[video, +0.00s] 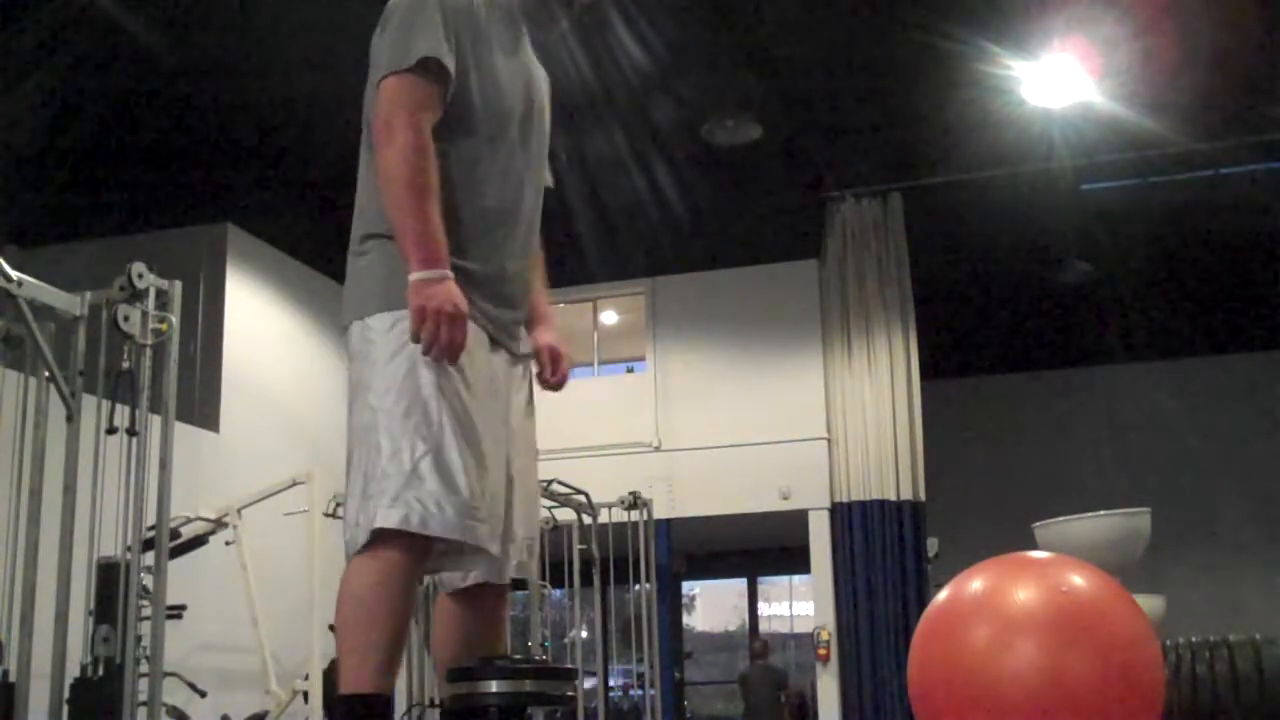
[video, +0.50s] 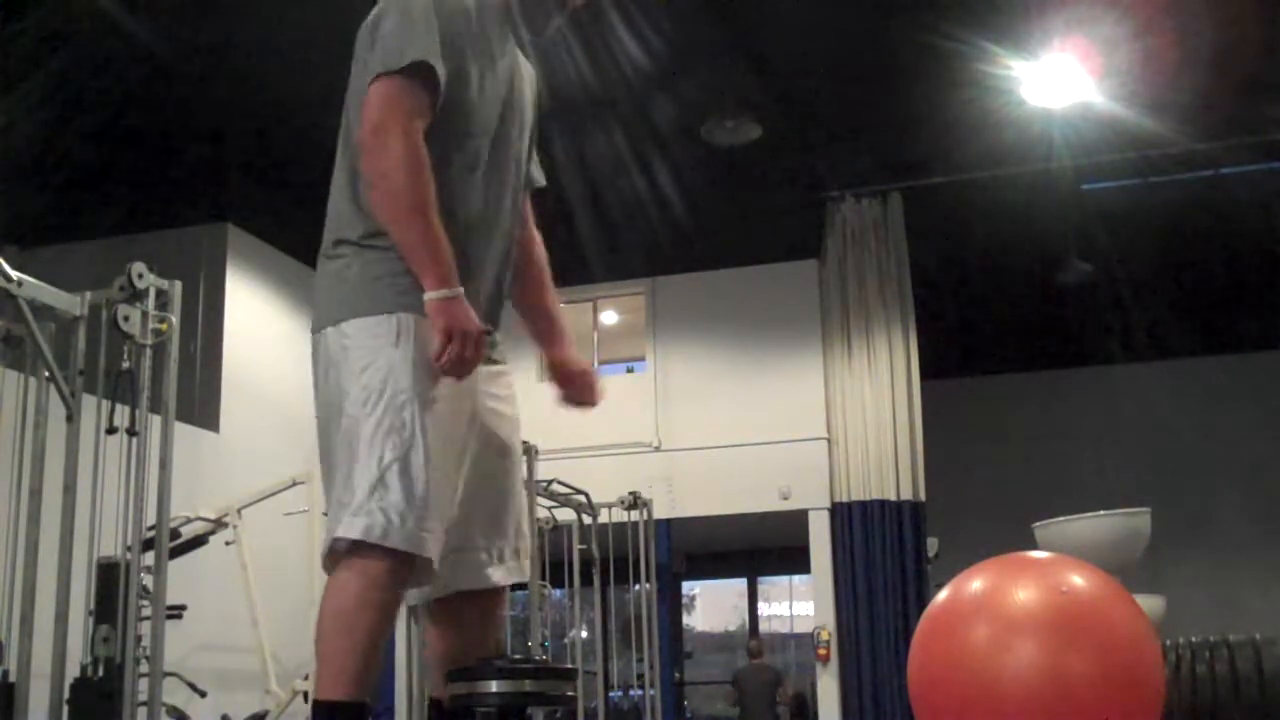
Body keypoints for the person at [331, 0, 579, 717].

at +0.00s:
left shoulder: (527, 59)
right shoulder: (434, 5)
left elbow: (514, 197)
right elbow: (400, 125)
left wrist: (540, 313)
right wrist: (430, 271)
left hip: (500, 332)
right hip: (418, 306)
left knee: (485, 555)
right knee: (400, 526)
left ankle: (472, 717)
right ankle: (358, 714)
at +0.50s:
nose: (580, 6)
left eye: (581, 10)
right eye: (578, 3)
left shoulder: (517, 64)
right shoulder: (427, 6)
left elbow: (513, 217)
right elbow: (386, 137)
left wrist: (557, 342)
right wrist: (442, 286)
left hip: (472, 323)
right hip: (388, 305)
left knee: (474, 567)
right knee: (380, 543)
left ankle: (470, 717)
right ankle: (336, 714)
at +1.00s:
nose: (645, 186)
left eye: (648, 168)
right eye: (632, 161)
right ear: (571, 154)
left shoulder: (572, 305)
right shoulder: (493, 237)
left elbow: (543, 460)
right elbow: (474, 430)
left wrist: (547, 605)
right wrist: (488, 601)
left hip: (397, 446)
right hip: (307, 427)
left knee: (566, 570)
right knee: (459, 548)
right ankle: (355, 709)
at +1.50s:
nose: (604, 192)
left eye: (601, 177)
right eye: (584, 174)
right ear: (527, 186)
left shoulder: (567, 342)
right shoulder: (477, 286)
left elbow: (541, 494)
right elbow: (468, 475)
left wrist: (540, 636)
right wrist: (477, 640)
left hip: (392, 497)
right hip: (291, 485)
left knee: (574, 576)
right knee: (456, 546)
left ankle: (484, 710)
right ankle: (355, 711)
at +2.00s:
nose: (554, 47)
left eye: (552, 31)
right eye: (533, 26)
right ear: (473, 38)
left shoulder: (530, 208)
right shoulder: (436, 142)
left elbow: (523, 352)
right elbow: (454, 320)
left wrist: (536, 485)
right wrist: (475, 472)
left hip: (389, 388)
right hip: (304, 371)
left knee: (505, 544)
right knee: (416, 528)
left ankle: (474, 703)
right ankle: (343, 712)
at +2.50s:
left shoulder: (523, 75)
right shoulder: (427, 8)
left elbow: (519, 211)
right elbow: (442, 158)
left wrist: (531, 337)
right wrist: (464, 308)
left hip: (452, 317)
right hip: (365, 300)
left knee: (462, 553)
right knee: (363, 533)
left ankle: (449, 711)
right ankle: (332, 711)